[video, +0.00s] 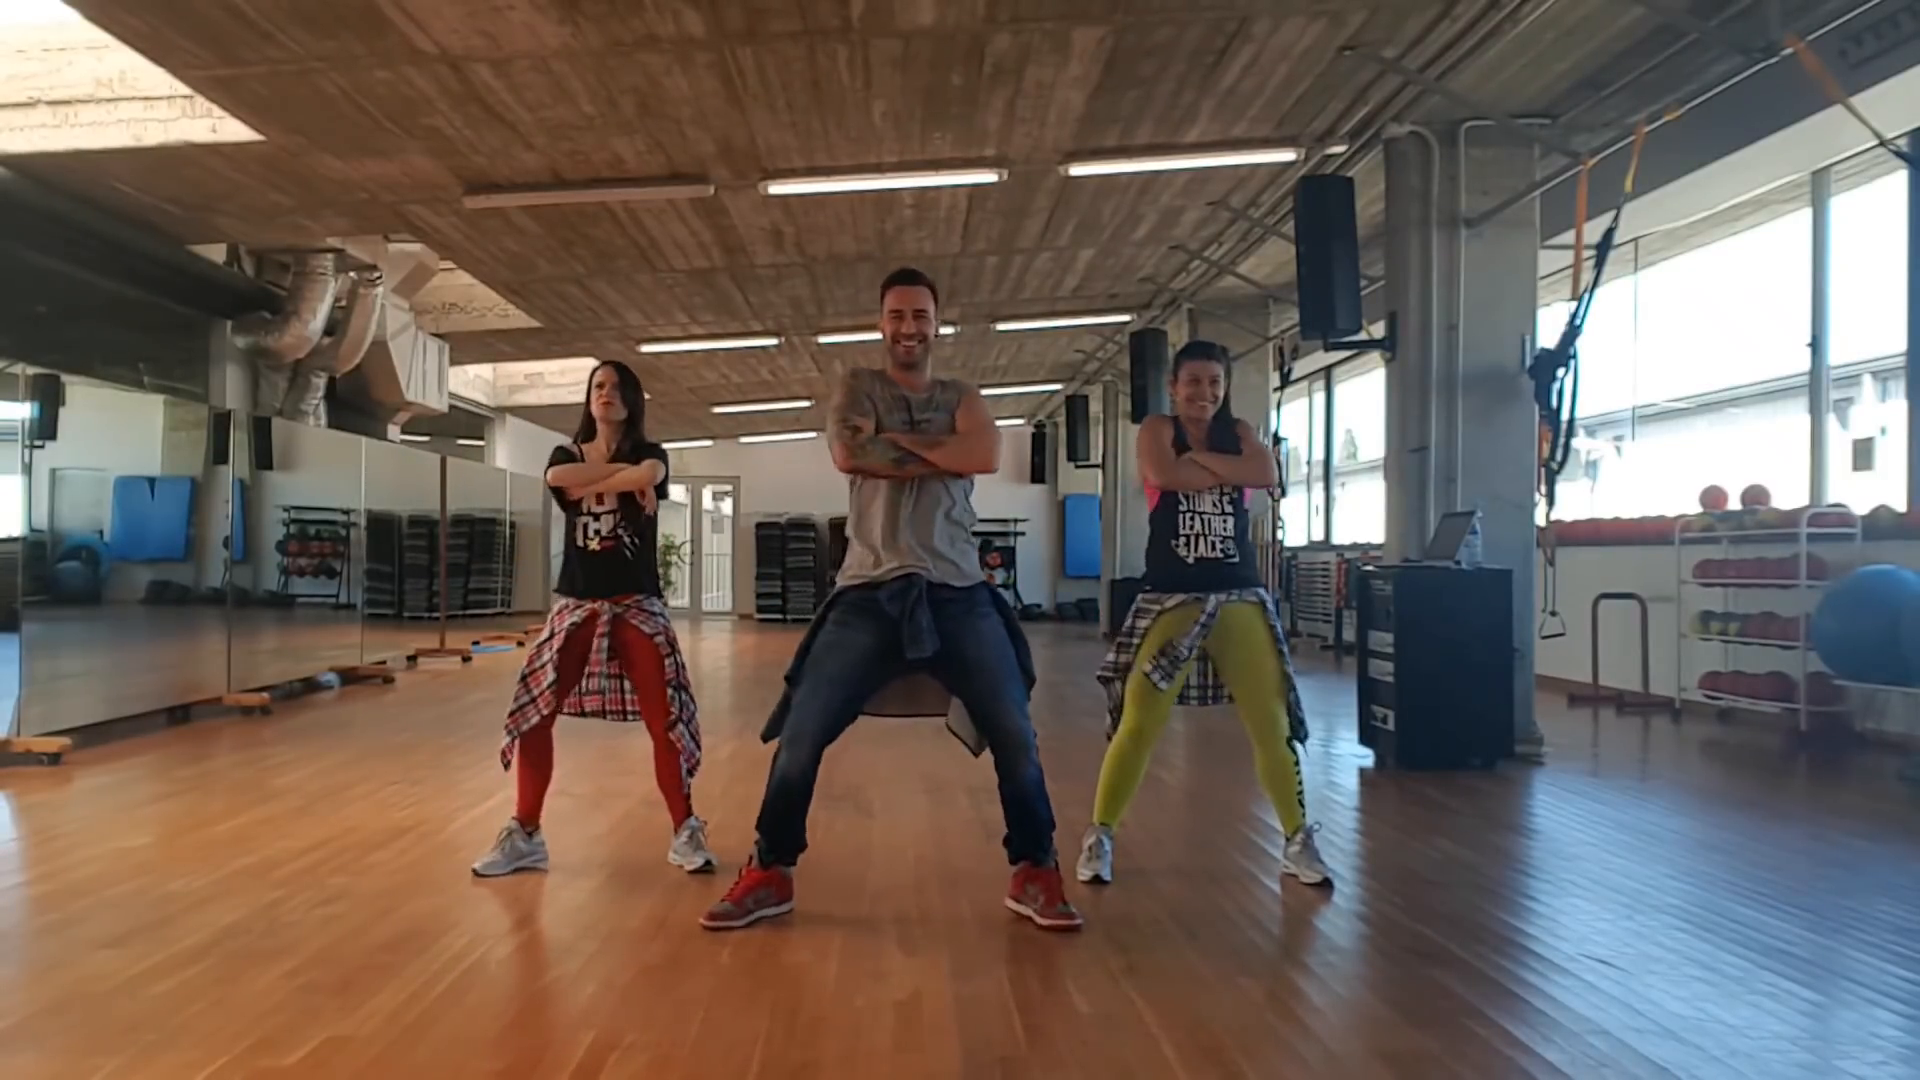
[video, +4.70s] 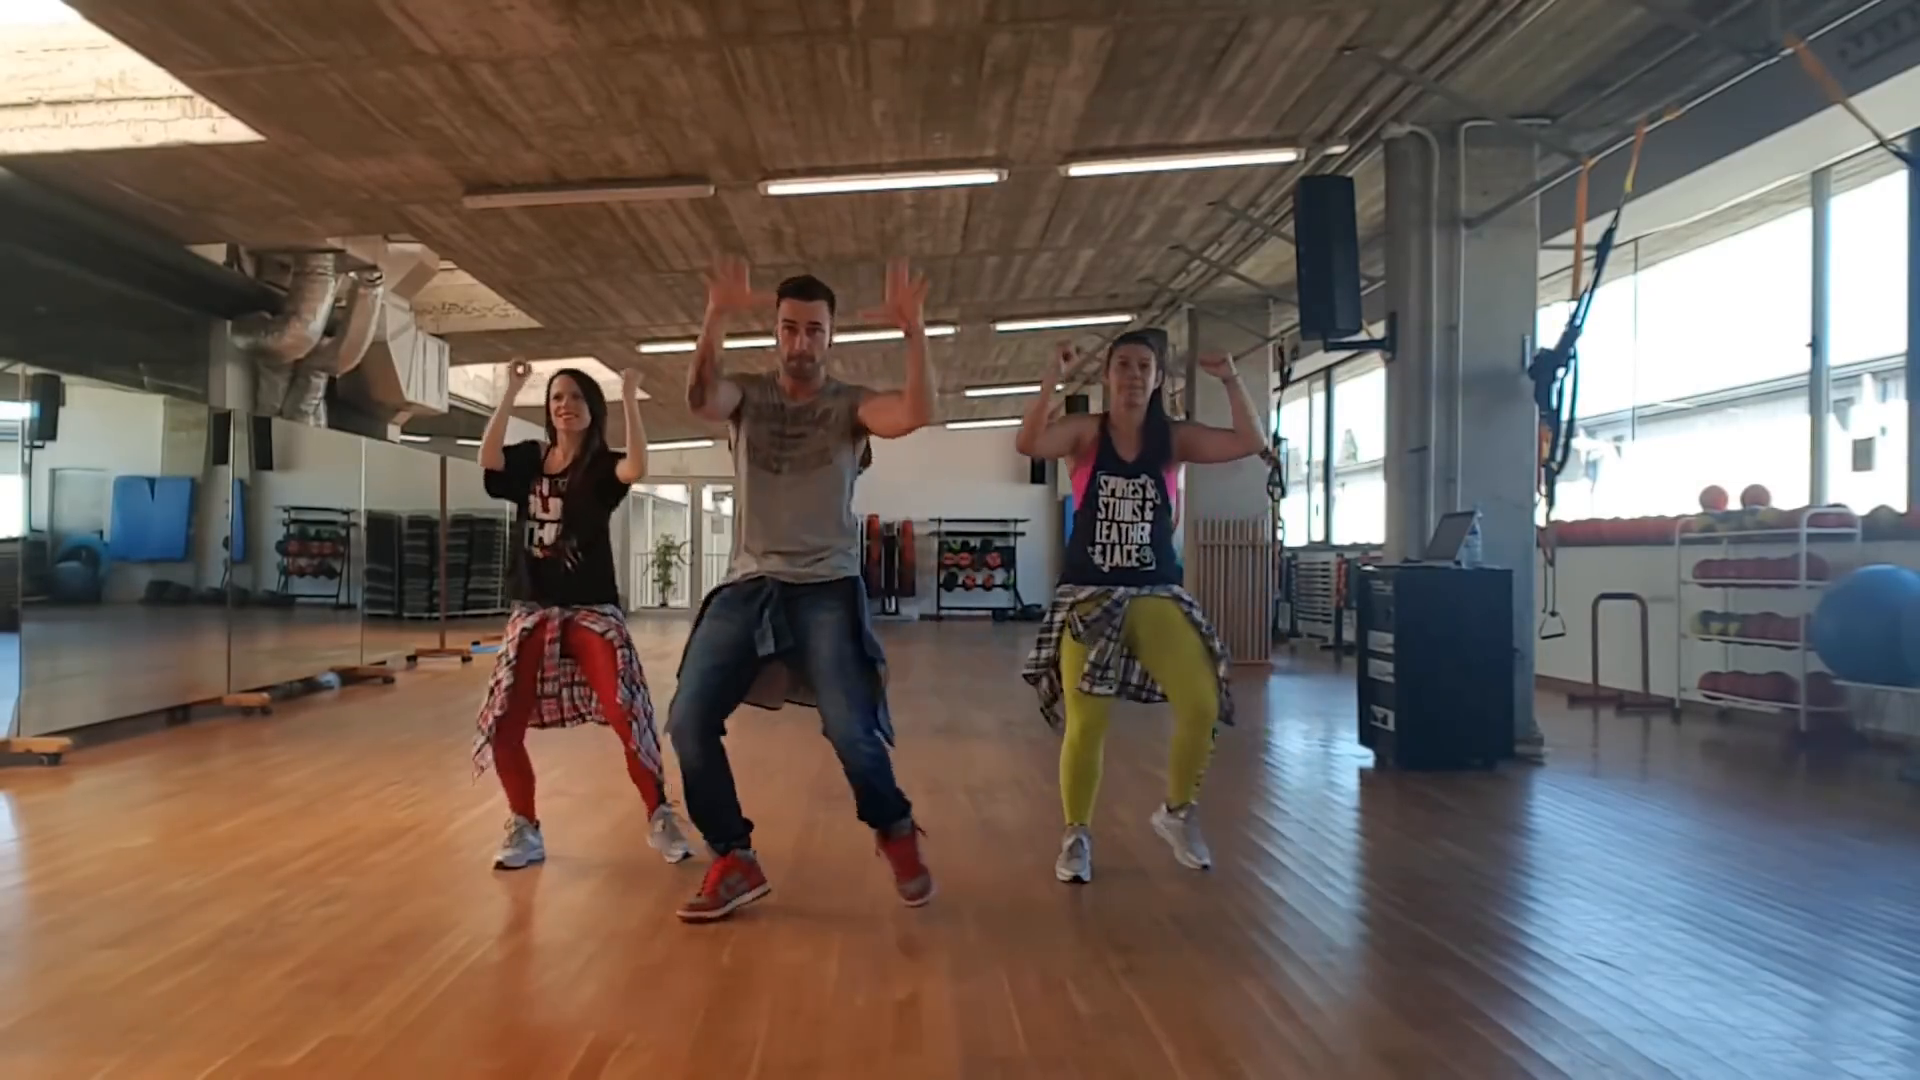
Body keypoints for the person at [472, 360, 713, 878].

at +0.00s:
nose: (606, 394)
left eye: (616, 388)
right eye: (599, 387)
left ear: (633, 400)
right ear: (588, 399)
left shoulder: (652, 455)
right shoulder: (568, 453)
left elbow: (643, 479)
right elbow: (557, 480)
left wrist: (587, 485)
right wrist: (628, 475)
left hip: (637, 602)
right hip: (575, 602)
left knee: (664, 719)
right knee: (533, 712)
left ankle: (686, 831)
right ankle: (526, 835)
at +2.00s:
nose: (619, 402)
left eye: (628, 393)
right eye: (613, 394)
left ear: (648, 401)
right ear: (604, 401)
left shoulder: (663, 462)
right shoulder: (583, 452)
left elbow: (662, 485)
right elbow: (569, 481)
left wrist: (597, 483)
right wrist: (639, 478)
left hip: (639, 603)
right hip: (578, 600)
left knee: (659, 719)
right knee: (548, 713)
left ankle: (686, 831)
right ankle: (520, 834)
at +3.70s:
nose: (609, 391)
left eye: (618, 383)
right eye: (600, 386)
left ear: (637, 396)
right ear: (590, 400)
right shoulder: (569, 458)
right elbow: (515, 494)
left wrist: (618, 545)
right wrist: (567, 499)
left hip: (641, 606)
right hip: (578, 607)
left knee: (670, 724)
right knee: (540, 716)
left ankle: (686, 833)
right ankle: (518, 834)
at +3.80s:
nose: (620, 389)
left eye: (628, 381)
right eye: (611, 384)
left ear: (648, 390)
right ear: (601, 397)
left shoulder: (665, 449)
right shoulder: (577, 450)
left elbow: (695, 464)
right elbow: (513, 452)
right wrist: (501, 452)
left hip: (659, 600)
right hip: (596, 601)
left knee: (676, 722)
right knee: (559, 714)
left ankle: (687, 832)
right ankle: (527, 831)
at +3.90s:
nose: (630, 392)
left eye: (638, 383)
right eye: (620, 387)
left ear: (656, 391)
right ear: (611, 400)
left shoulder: (677, 451)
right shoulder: (591, 454)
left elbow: (715, 438)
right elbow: (525, 450)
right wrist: (492, 398)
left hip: (673, 600)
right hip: (613, 598)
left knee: (686, 719)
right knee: (588, 709)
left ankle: (687, 831)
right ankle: (584, 812)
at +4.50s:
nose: (592, 423)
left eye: (600, 415)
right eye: (584, 417)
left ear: (620, 423)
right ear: (574, 428)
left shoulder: (631, 481)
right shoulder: (563, 480)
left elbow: (654, 491)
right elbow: (521, 491)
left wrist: (653, 417)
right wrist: (529, 425)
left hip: (626, 628)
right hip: (569, 629)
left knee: (656, 729)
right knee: (516, 720)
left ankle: (696, 831)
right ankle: (527, 832)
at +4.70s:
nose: (565, 404)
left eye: (575, 397)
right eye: (558, 397)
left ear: (594, 409)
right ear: (547, 410)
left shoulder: (603, 463)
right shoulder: (532, 458)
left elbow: (636, 468)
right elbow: (489, 461)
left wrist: (630, 398)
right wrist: (509, 393)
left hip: (591, 606)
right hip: (532, 606)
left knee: (623, 708)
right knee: (503, 725)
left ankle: (661, 818)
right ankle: (525, 829)